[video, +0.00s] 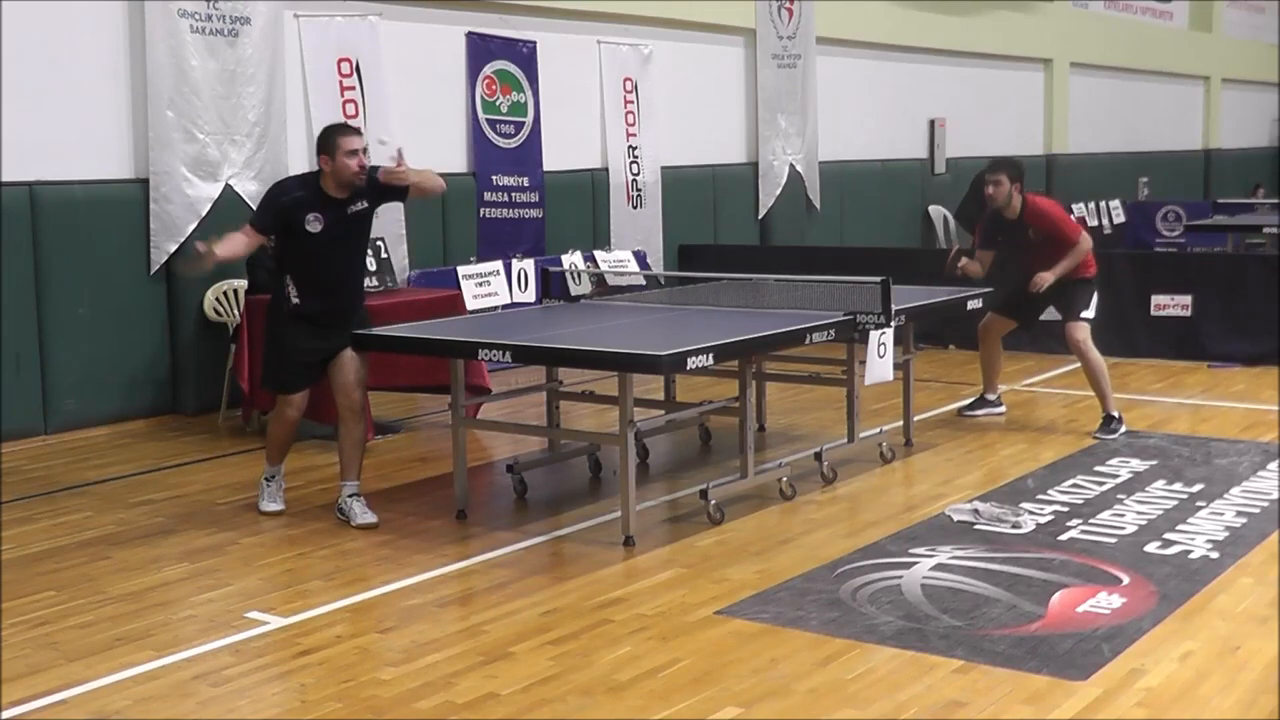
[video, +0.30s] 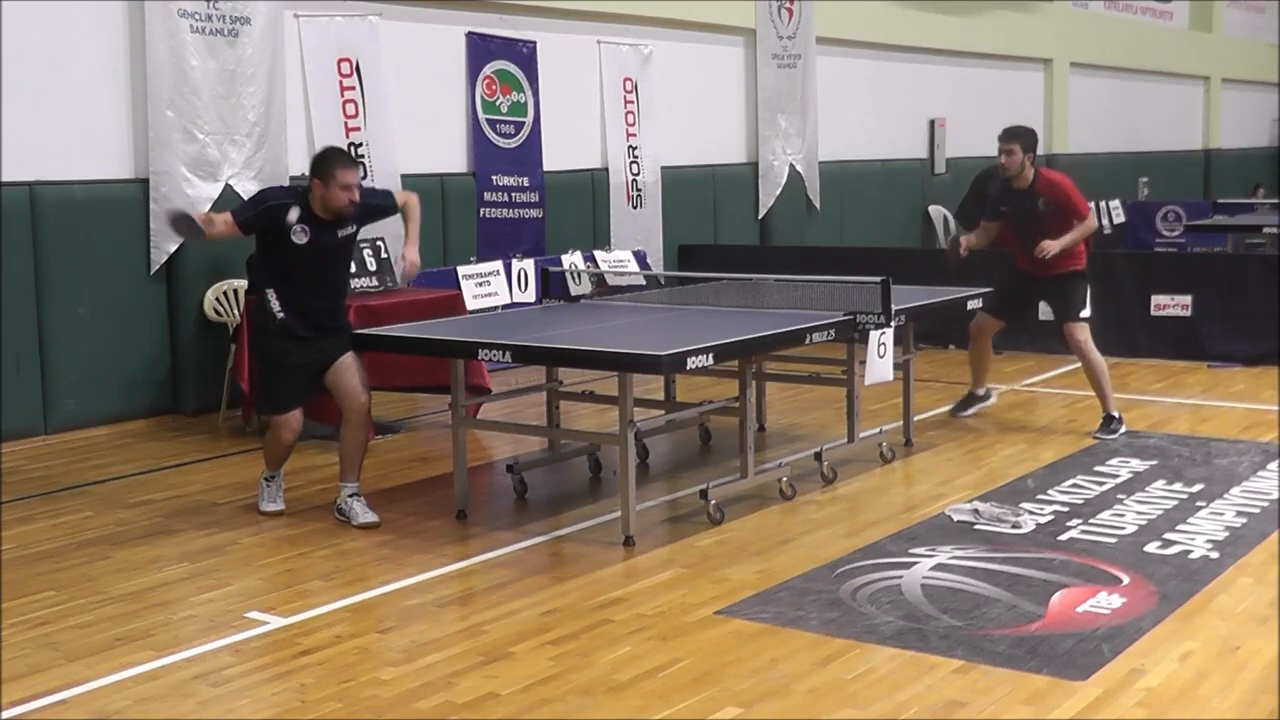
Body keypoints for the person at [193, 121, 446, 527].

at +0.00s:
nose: (361, 162)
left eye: (363, 153)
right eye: (352, 155)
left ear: (366, 156)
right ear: (326, 160)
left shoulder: (372, 186)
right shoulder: (289, 194)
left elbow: (438, 186)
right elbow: (249, 236)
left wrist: (411, 178)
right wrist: (217, 251)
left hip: (345, 315)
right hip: (296, 318)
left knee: (354, 400)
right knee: (292, 407)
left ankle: (350, 494)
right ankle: (273, 477)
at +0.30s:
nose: (355, 197)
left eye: (357, 188)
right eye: (346, 189)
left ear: (358, 183)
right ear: (318, 185)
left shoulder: (357, 206)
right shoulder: (278, 204)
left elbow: (410, 200)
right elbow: (227, 224)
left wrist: (412, 245)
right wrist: (207, 224)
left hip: (328, 326)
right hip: (279, 330)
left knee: (358, 402)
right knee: (288, 428)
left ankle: (349, 495)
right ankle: (272, 478)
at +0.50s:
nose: (375, 221)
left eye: (377, 214)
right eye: (373, 214)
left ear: (352, 207)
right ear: (353, 207)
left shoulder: (339, 224)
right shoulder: (285, 197)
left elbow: (363, 230)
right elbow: (221, 205)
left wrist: (362, 275)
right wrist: (257, 244)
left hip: (310, 329)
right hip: (261, 335)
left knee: (361, 405)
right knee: (284, 434)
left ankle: (348, 497)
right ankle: (269, 477)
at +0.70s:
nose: (351, 145)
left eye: (351, 137)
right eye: (348, 137)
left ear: (323, 136)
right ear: (329, 135)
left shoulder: (315, 179)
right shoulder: (267, 162)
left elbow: (308, 227)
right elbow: (222, 208)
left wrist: (324, 261)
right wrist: (272, 249)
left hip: (289, 304)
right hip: (251, 304)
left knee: (313, 395)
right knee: (281, 407)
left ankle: (297, 489)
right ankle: (249, 488)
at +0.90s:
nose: (316, 164)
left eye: (314, 155)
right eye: (313, 156)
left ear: (282, 159)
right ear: (296, 159)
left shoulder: (272, 202)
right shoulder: (260, 202)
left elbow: (269, 271)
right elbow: (258, 273)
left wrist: (287, 314)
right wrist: (312, 303)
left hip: (259, 331)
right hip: (245, 335)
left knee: (264, 423)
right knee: (287, 434)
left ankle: (240, 501)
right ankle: (253, 545)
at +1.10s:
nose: (307, 161)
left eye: (304, 151)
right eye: (303, 152)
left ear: (259, 156)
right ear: (285, 155)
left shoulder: (224, 191)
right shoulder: (268, 199)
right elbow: (285, 275)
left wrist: (313, 284)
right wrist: (338, 287)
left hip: (189, 327)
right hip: (217, 330)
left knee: (215, 421)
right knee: (276, 428)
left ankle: (176, 509)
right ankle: (244, 547)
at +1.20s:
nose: (294, 177)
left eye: (292, 168)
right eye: (291, 169)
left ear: (247, 174)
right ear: (273, 174)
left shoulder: (209, 208)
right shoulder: (254, 221)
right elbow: (261, 299)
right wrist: (310, 308)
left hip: (164, 347)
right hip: (201, 349)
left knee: (180, 442)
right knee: (264, 448)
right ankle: (244, 570)